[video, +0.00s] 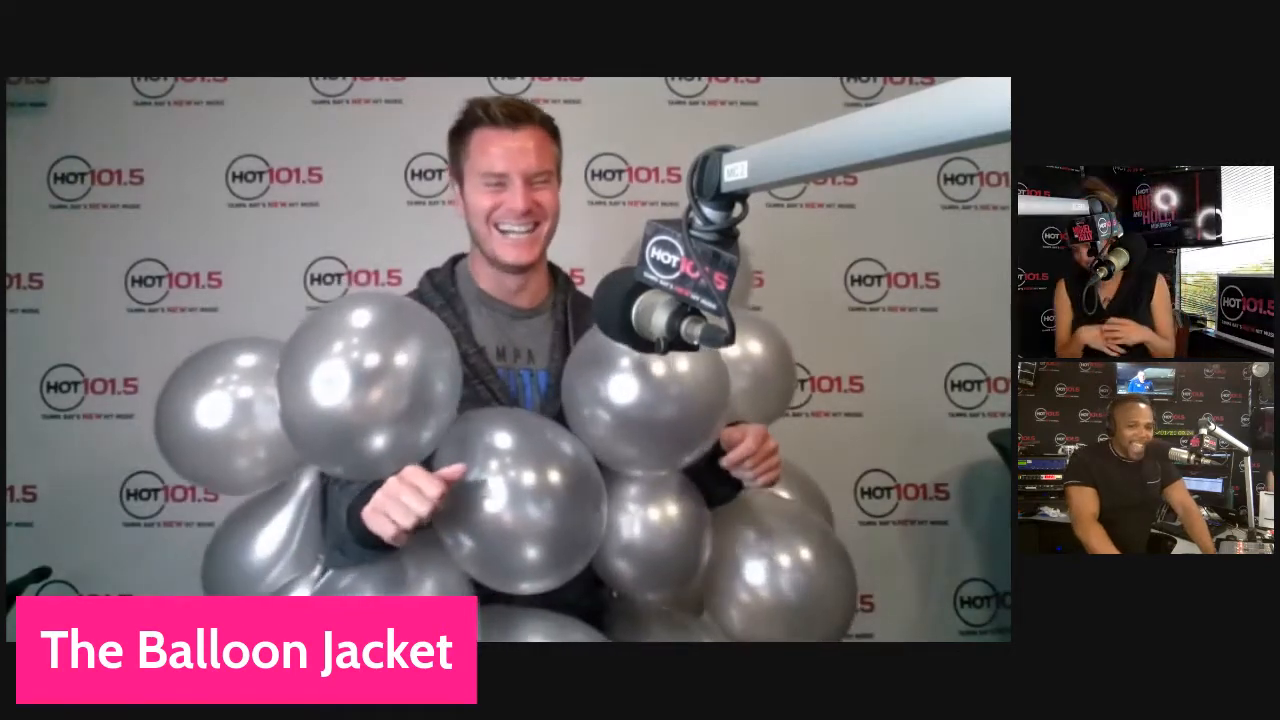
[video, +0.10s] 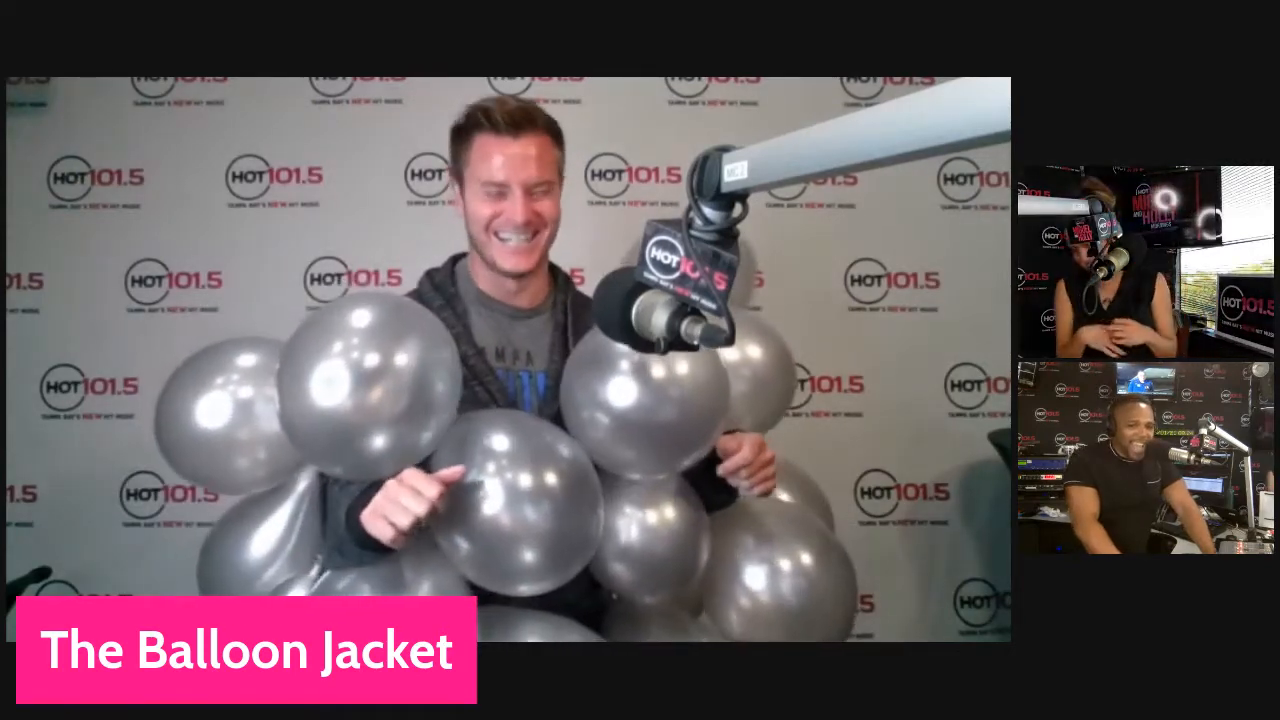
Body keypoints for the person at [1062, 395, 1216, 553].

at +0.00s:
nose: (1142, 434)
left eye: (1148, 427)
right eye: (1132, 426)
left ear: (1154, 429)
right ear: (1111, 428)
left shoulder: (1156, 457)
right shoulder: (1086, 460)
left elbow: (1186, 507)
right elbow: (1085, 523)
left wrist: (1210, 552)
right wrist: (1118, 562)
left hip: (1142, 557)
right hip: (1097, 558)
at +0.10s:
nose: (1143, 434)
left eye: (1149, 426)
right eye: (1132, 426)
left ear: (1154, 429)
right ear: (1112, 428)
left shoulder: (1156, 456)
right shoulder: (1086, 460)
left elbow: (1186, 507)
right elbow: (1086, 524)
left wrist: (1211, 553)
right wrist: (1120, 563)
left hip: (1141, 557)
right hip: (1096, 559)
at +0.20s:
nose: (1143, 432)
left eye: (1149, 424)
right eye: (1133, 424)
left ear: (1154, 428)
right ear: (1112, 427)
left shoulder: (1157, 457)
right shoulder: (1086, 460)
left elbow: (1186, 507)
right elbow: (1086, 524)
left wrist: (1210, 552)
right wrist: (1119, 562)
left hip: (1142, 557)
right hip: (1097, 559)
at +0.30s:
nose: (1143, 430)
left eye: (1149, 422)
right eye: (1133, 422)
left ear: (1154, 426)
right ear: (1112, 426)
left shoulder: (1157, 457)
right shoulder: (1086, 460)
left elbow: (1186, 507)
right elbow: (1086, 524)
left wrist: (1210, 553)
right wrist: (1120, 564)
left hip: (1142, 558)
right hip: (1098, 561)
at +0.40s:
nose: (1143, 429)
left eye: (1149, 422)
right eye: (1133, 422)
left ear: (1154, 426)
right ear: (1112, 426)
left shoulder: (1157, 457)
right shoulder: (1086, 460)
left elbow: (1186, 507)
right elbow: (1086, 524)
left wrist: (1210, 553)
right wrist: (1120, 564)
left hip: (1142, 558)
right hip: (1098, 560)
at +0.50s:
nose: (1143, 429)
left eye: (1149, 422)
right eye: (1133, 422)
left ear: (1154, 426)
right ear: (1112, 426)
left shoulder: (1157, 457)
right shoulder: (1086, 460)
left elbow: (1186, 507)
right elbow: (1086, 524)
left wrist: (1210, 553)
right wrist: (1120, 564)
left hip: (1142, 558)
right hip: (1097, 561)